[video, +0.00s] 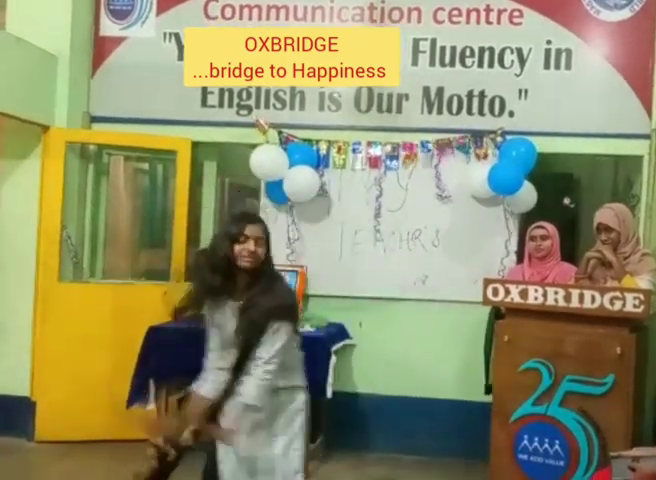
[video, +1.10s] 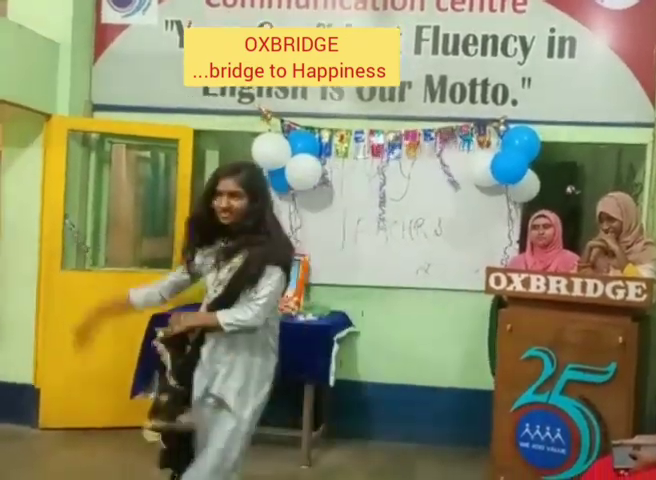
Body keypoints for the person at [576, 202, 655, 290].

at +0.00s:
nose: (603, 237)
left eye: (609, 230)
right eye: (599, 231)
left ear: (624, 230)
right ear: (595, 232)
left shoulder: (645, 262)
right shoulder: (593, 259)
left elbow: (641, 296)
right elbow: (577, 290)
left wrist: (614, 261)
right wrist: (585, 262)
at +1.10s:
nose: (604, 227)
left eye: (611, 220)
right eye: (601, 220)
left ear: (628, 219)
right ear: (597, 222)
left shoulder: (648, 251)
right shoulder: (595, 249)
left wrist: (617, 250)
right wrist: (587, 252)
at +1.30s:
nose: (605, 223)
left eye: (612, 215)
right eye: (602, 216)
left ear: (629, 215)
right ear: (598, 217)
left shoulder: (649, 246)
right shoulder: (596, 245)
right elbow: (580, 275)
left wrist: (618, 246)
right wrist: (588, 247)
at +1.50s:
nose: (605, 219)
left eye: (612, 211)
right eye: (602, 212)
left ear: (629, 211)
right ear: (599, 213)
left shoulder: (649, 243)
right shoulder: (596, 241)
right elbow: (580, 271)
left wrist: (618, 242)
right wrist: (588, 242)